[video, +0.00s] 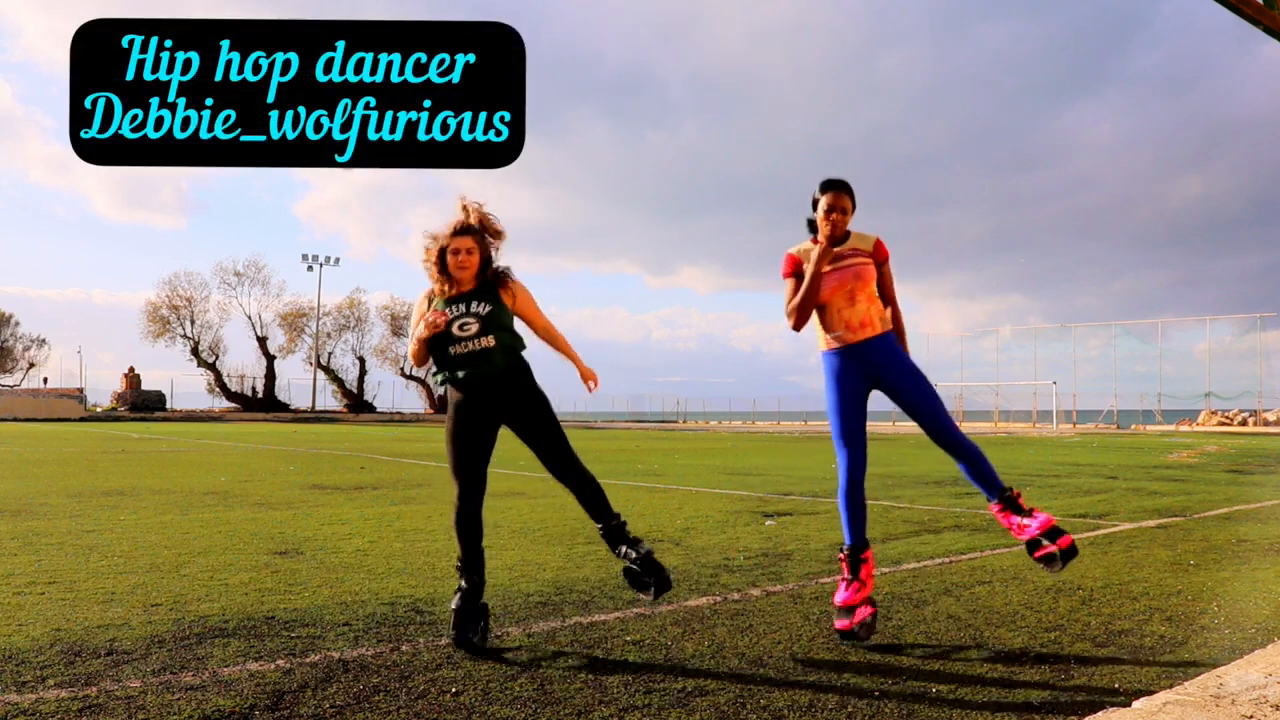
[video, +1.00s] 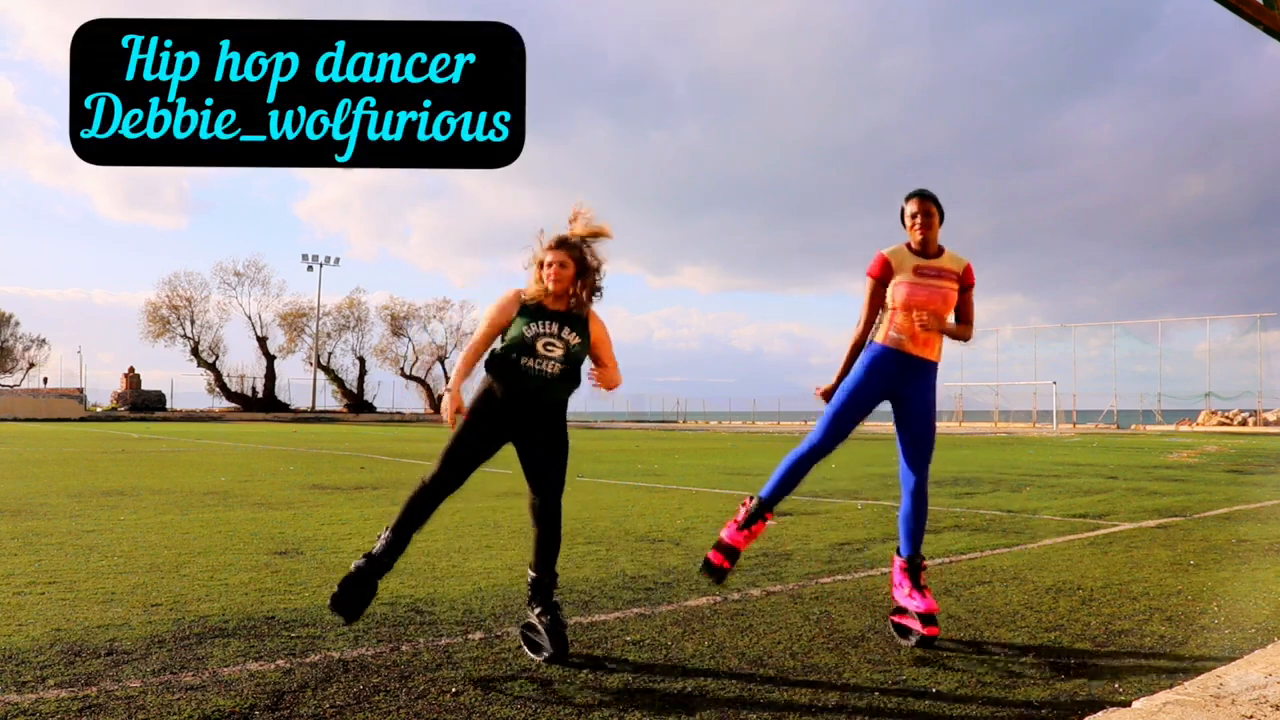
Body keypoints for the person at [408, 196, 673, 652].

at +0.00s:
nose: (461, 258)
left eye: (469, 251)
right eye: (454, 252)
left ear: (482, 257)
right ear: (443, 258)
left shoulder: (505, 289)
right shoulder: (429, 302)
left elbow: (542, 327)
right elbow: (417, 360)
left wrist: (578, 362)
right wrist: (423, 335)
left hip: (517, 390)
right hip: (468, 401)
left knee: (566, 466)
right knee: (467, 495)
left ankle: (623, 544)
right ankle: (470, 589)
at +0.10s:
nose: (452, 273)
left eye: (461, 267)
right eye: (447, 267)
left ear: (476, 275)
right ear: (439, 276)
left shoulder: (501, 313)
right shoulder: (428, 324)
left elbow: (537, 365)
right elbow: (420, 389)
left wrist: (567, 413)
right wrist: (426, 372)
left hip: (513, 416)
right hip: (464, 424)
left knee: (562, 494)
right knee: (467, 518)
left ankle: (613, 572)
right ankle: (470, 609)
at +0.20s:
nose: (453, 279)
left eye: (462, 273)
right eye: (449, 272)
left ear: (479, 279)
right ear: (442, 278)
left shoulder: (506, 320)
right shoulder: (432, 326)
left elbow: (537, 370)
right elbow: (414, 378)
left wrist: (530, 411)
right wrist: (424, 386)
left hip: (515, 421)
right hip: (466, 431)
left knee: (554, 505)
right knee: (468, 521)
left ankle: (586, 587)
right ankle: (470, 608)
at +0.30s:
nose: (474, 262)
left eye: (483, 256)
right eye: (470, 254)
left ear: (503, 259)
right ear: (465, 256)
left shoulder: (524, 293)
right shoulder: (454, 293)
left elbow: (556, 338)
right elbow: (433, 338)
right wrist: (417, 380)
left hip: (518, 403)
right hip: (469, 405)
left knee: (538, 495)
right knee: (468, 501)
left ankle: (544, 589)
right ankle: (463, 603)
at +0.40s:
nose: (487, 251)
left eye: (496, 244)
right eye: (484, 243)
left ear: (518, 247)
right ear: (481, 242)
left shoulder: (542, 283)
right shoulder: (471, 276)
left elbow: (574, 332)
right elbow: (442, 325)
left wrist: (543, 301)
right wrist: (421, 374)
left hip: (520, 394)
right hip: (470, 392)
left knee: (528, 491)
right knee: (459, 489)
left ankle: (529, 586)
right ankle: (448, 586)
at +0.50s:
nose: (504, 258)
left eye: (515, 254)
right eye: (503, 251)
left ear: (537, 261)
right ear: (500, 253)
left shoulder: (559, 301)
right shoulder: (487, 288)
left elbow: (590, 355)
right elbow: (454, 339)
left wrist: (579, 326)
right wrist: (428, 386)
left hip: (528, 404)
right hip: (478, 396)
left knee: (527, 502)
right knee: (441, 487)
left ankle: (523, 597)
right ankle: (399, 579)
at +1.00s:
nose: (551, 271)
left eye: (560, 265)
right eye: (547, 264)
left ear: (579, 274)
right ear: (540, 269)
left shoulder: (590, 323)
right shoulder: (516, 303)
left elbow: (611, 372)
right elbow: (477, 347)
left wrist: (609, 378)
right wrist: (453, 387)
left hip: (546, 420)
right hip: (496, 407)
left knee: (548, 509)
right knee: (440, 482)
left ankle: (543, 601)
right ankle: (373, 568)